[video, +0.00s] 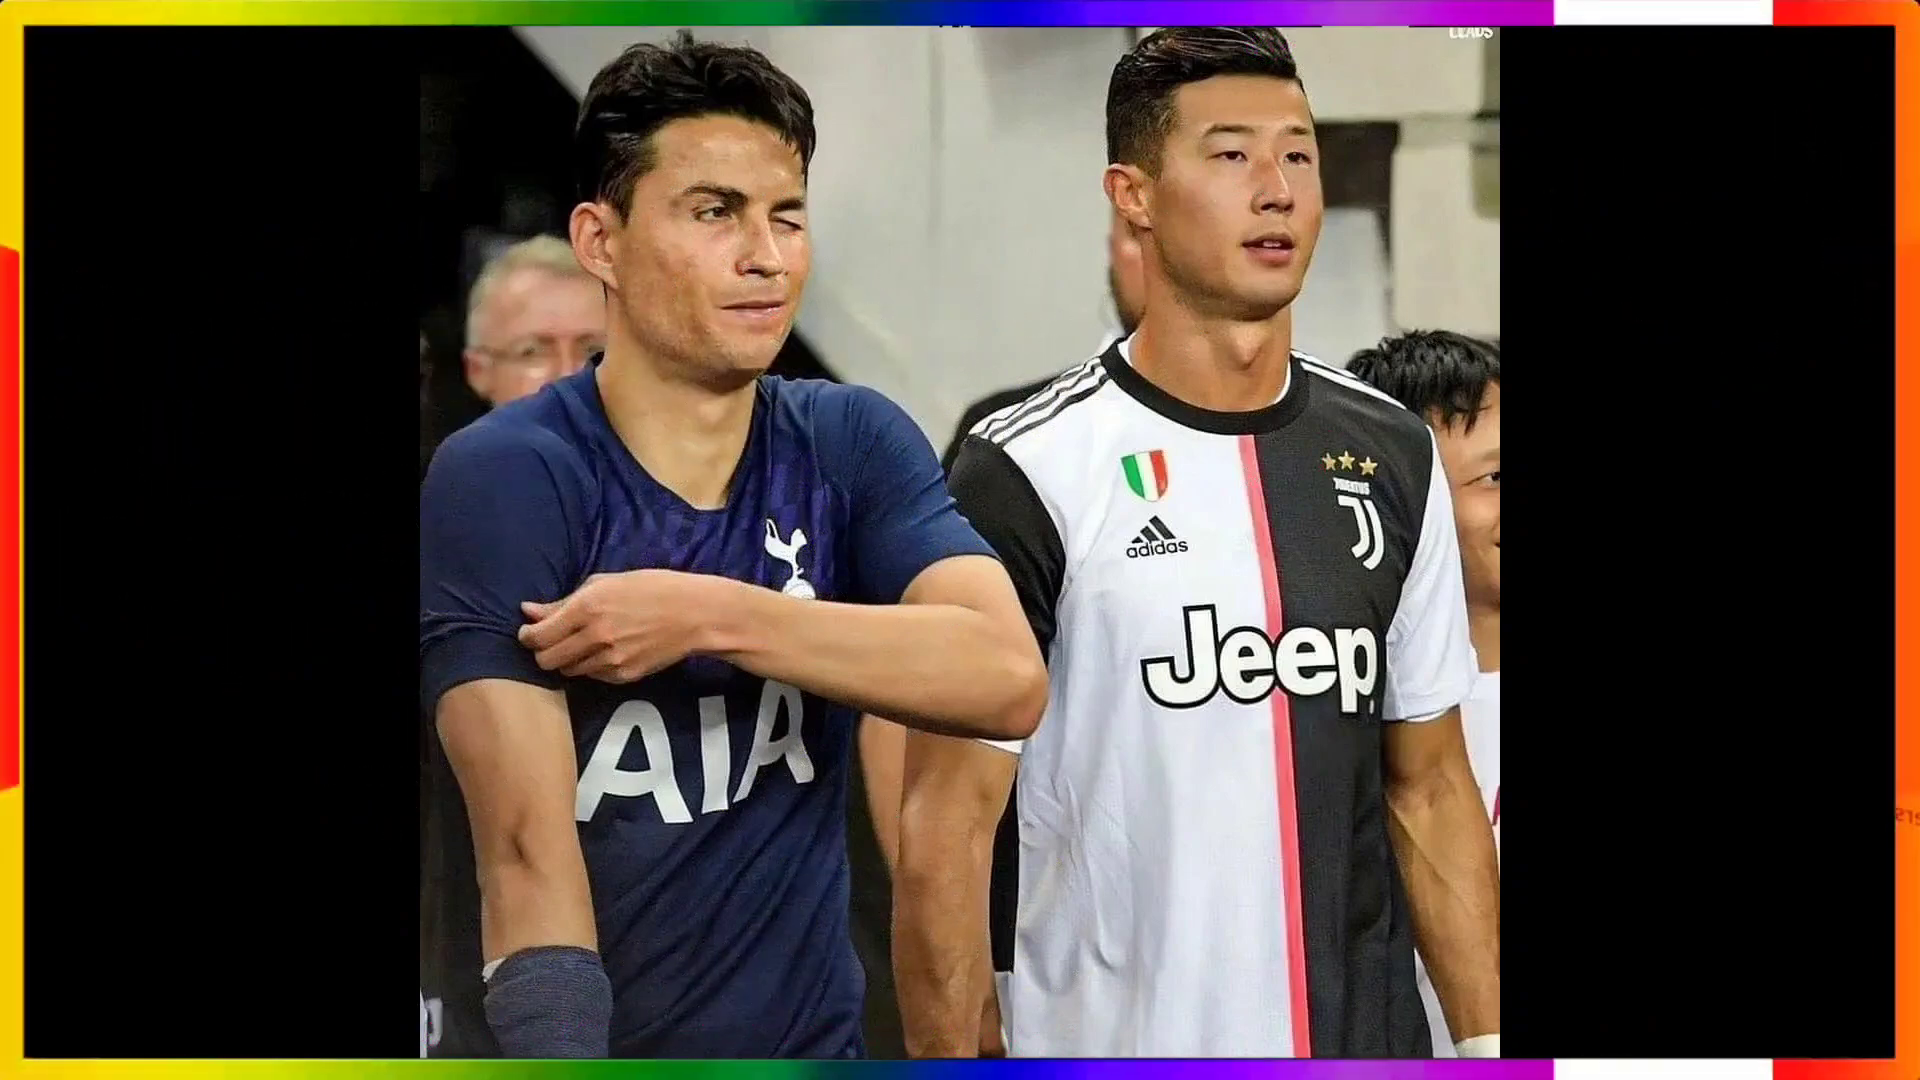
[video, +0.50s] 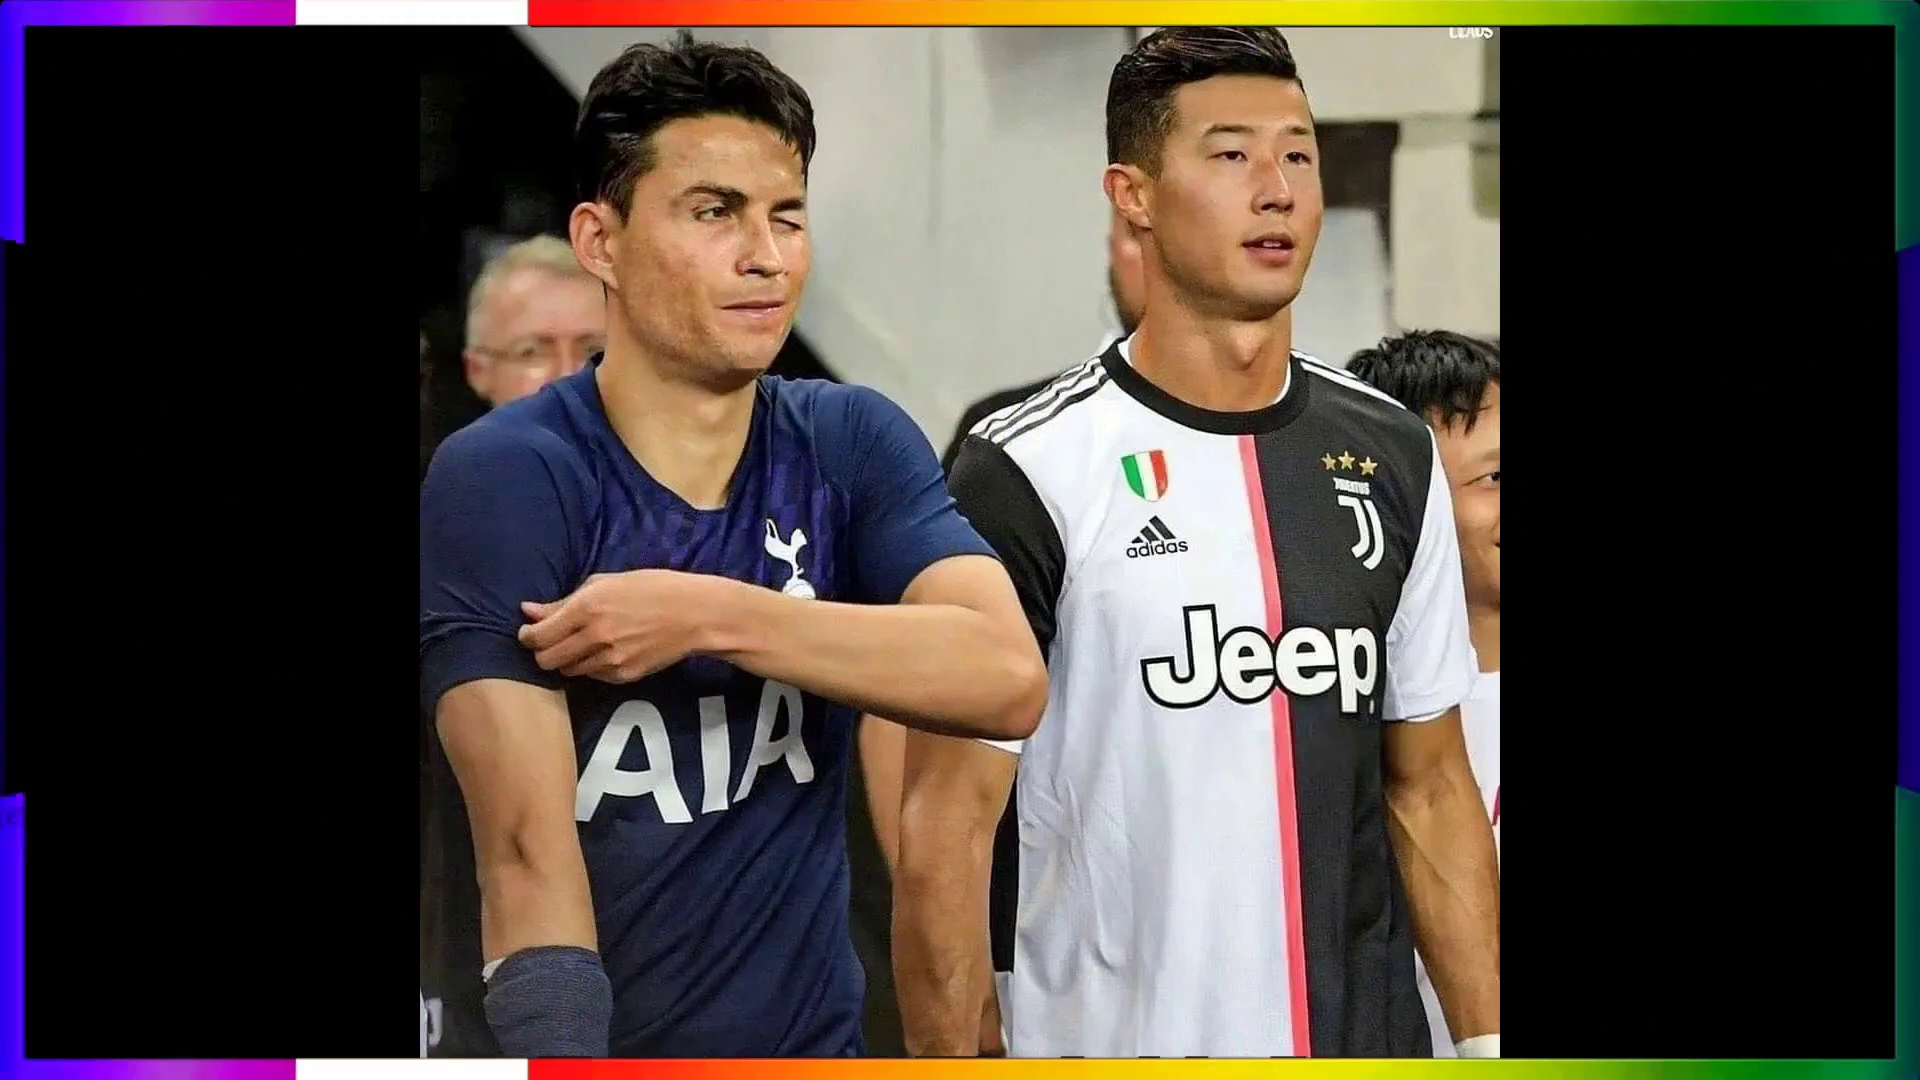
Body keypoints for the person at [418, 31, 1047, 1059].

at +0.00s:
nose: (766, 257)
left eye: (786, 218)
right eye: (712, 212)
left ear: (809, 236)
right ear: (601, 241)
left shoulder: (857, 439)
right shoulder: (500, 476)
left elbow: (1009, 681)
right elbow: (525, 851)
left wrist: (713, 613)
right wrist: (560, 1058)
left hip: (811, 1041)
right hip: (594, 1036)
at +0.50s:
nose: (766, 257)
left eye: (786, 218)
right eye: (712, 212)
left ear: (809, 237)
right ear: (601, 241)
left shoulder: (856, 439)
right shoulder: (499, 476)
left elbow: (1009, 681)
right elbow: (525, 850)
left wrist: (713, 613)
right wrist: (560, 1058)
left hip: (809, 1040)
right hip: (599, 1037)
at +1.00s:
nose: (766, 257)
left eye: (785, 218)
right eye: (712, 212)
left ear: (809, 237)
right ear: (601, 241)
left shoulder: (856, 439)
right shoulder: (499, 476)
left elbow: (1009, 681)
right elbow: (525, 851)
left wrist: (714, 613)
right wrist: (561, 1058)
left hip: (812, 1042)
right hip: (594, 1036)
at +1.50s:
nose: (765, 257)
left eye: (785, 217)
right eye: (712, 212)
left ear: (809, 235)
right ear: (601, 242)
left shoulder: (856, 439)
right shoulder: (500, 476)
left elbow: (1009, 681)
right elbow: (525, 851)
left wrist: (714, 613)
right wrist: (560, 1059)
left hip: (810, 1041)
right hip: (599, 1037)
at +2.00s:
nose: (766, 257)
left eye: (785, 218)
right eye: (712, 212)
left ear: (809, 237)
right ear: (601, 241)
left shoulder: (856, 439)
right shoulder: (499, 476)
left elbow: (1009, 681)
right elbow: (525, 851)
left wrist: (713, 613)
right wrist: (561, 1058)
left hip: (812, 1042)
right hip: (594, 1036)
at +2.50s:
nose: (765, 257)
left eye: (785, 217)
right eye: (712, 212)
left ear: (809, 235)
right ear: (601, 242)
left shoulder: (856, 439)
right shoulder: (500, 476)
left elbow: (1009, 681)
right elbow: (525, 850)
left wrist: (714, 613)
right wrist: (559, 1059)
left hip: (810, 1040)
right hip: (600, 1037)